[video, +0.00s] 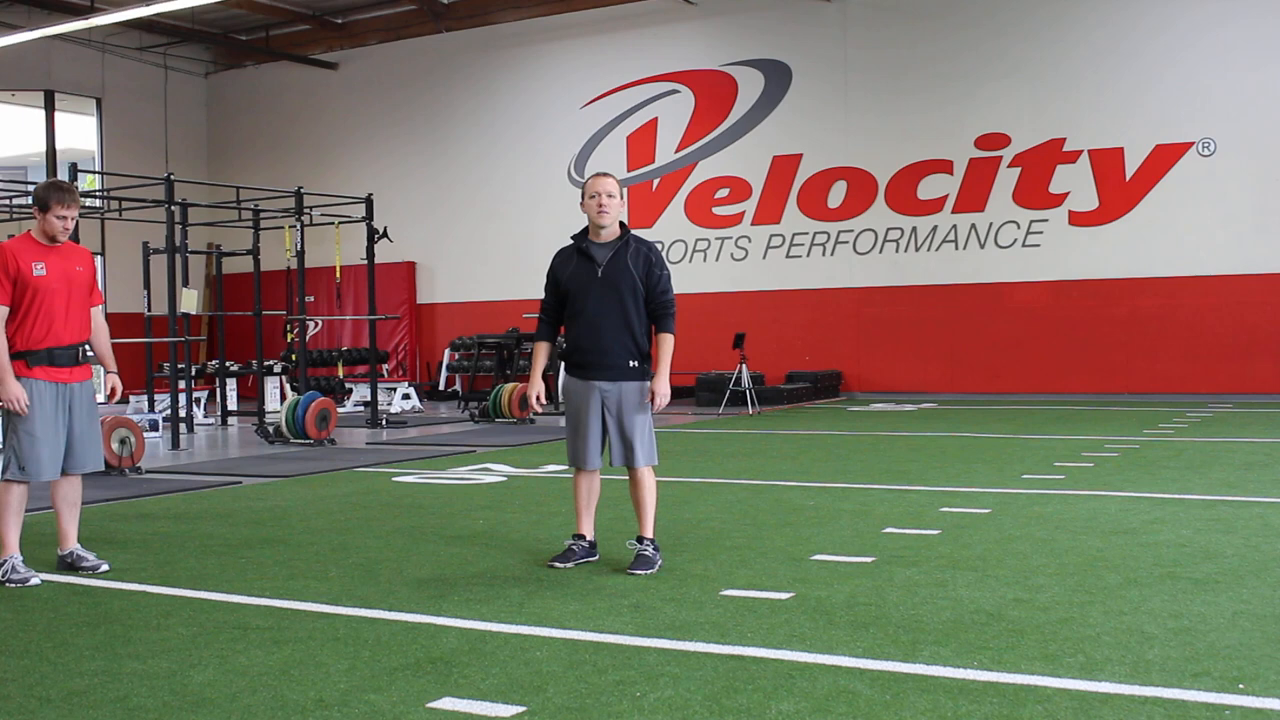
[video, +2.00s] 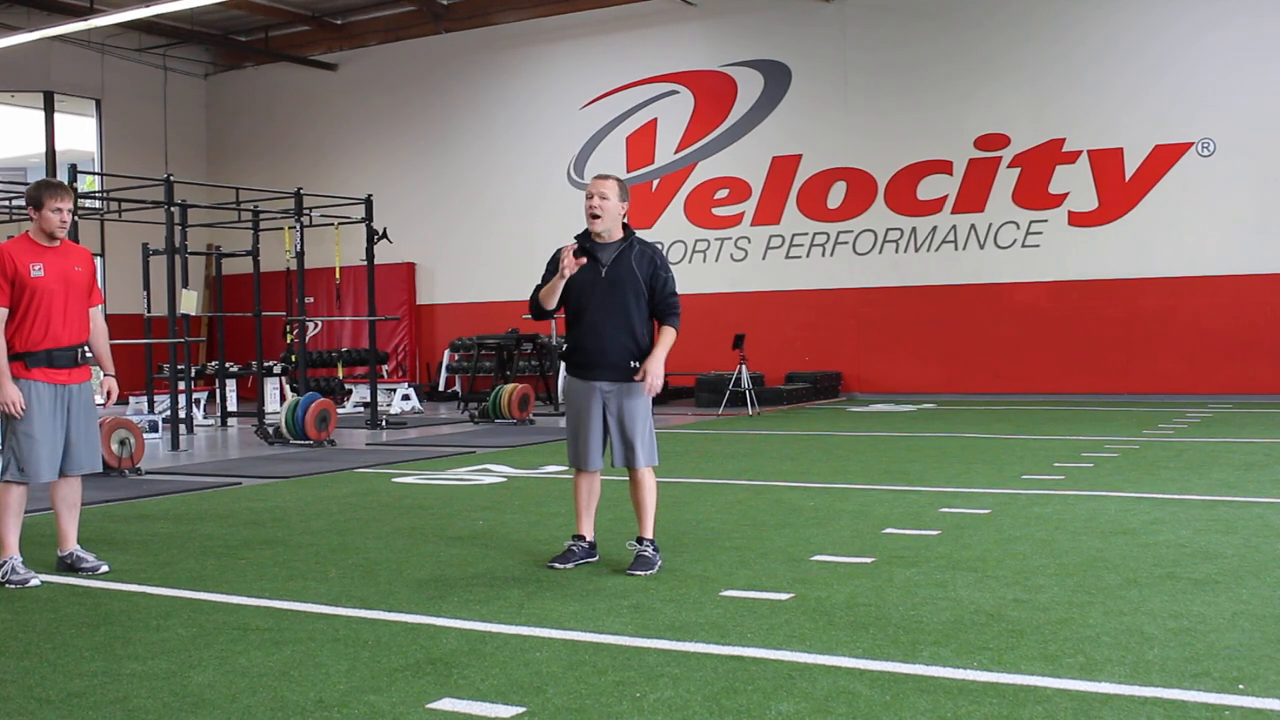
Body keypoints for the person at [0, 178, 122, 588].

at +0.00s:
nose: (68, 225)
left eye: (73, 217)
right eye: (60, 218)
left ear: (77, 214)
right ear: (39, 214)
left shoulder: (84, 257)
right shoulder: (12, 253)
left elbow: (96, 319)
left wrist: (111, 368)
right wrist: (7, 378)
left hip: (76, 377)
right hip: (29, 378)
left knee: (71, 465)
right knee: (19, 471)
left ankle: (69, 550)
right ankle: (10, 558)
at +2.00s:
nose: (65, 218)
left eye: (69, 211)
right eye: (56, 211)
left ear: (72, 213)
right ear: (33, 212)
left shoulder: (83, 257)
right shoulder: (10, 254)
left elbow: (95, 321)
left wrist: (109, 371)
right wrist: (5, 381)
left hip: (76, 376)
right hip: (28, 378)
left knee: (71, 466)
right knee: (18, 472)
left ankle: (69, 550)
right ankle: (10, 559)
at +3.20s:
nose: (62, 212)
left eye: (66, 205)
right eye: (53, 205)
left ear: (70, 211)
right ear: (31, 211)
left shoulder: (84, 257)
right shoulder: (11, 255)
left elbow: (96, 320)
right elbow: (0, 326)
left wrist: (109, 371)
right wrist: (7, 382)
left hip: (77, 377)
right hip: (29, 378)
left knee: (71, 466)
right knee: (18, 473)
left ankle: (69, 551)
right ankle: (10, 559)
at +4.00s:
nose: (64, 211)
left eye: (66, 205)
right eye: (54, 205)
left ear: (69, 210)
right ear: (31, 211)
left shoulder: (83, 257)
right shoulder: (10, 255)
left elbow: (95, 321)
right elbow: (0, 326)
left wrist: (108, 372)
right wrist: (7, 382)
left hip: (76, 377)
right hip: (30, 378)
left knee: (71, 466)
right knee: (18, 473)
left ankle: (69, 551)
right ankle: (9, 559)